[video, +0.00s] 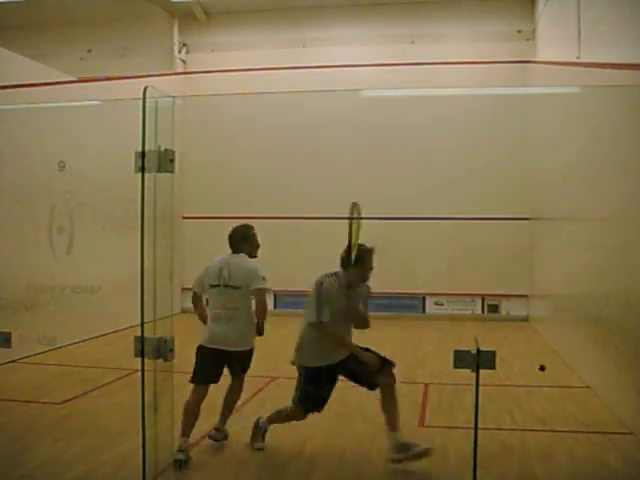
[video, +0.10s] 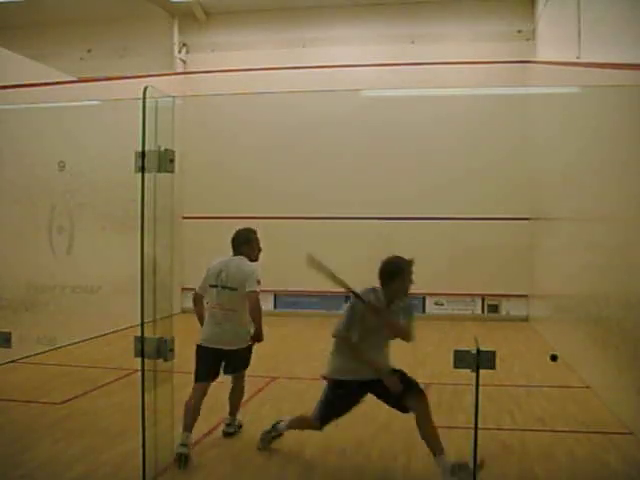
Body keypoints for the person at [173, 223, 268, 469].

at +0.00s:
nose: (259, 244)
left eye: (257, 239)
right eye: (256, 240)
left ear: (233, 244)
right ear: (246, 243)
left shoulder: (213, 266)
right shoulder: (253, 268)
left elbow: (196, 298)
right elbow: (261, 302)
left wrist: (209, 323)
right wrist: (260, 325)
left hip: (212, 340)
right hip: (241, 342)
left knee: (197, 391)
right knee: (237, 380)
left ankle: (182, 445)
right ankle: (220, 426)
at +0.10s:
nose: (260, 249)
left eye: (259, 244)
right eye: (257, 244)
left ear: (236, 247)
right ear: (247, 247)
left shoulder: (215, 267)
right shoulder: (249, 269)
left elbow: (197, 297)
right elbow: (253, 302)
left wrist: (205, 325)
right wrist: (258, 329)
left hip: (209, 338)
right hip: (238, 340)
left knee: (198, 390)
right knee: (238, 379)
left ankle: (184, 440)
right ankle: (231, 421)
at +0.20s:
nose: (262, 244)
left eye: (261, 239)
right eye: (259, 240)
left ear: (237, 242)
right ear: (248, 241)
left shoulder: (216, 262)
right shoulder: (251, 264)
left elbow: (198, 290)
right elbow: (257, 294)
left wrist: (200, 319)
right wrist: (263, 323)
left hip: (214, 334)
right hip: (242, 335)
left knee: (205, 379)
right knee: (239, 377)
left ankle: (192, 419)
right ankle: (230, 421)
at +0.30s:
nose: (262, 235)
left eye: (261, 230)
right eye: (259, 231)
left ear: (239, 234)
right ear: (249, 233)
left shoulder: (218, 254)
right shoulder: (254, 255)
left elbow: (198, 282)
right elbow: (262, 284)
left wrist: (200, 310)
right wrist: (269, 311)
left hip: (220, 326)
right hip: (247, 327)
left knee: (213, 368)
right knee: (245, 371)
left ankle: (202, 410)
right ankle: (233, 416)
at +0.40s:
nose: (260, 237)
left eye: (259, 233)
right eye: (258, 233)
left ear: (238, 236)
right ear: (253, 235)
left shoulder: (220, 255)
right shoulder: (258, 254)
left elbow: (200, 282)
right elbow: (266, 283)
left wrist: (203, 310)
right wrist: (273, 308)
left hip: (224, 322)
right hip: (251, 323)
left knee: (217, 363)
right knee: (262, 363)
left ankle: (203, 410)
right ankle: (250, 407)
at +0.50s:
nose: (261, 251)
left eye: (260, 247)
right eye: (260, 247)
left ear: (239, 250)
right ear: (257, 248)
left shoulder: (224, 268)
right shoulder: (260, 269)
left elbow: (206, 296)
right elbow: (269, 298)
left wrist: (210, 320)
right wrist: (278, 323)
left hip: (227, 334)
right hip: (253, 334)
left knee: (217, 369)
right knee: (280, 363)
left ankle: (199, 408)